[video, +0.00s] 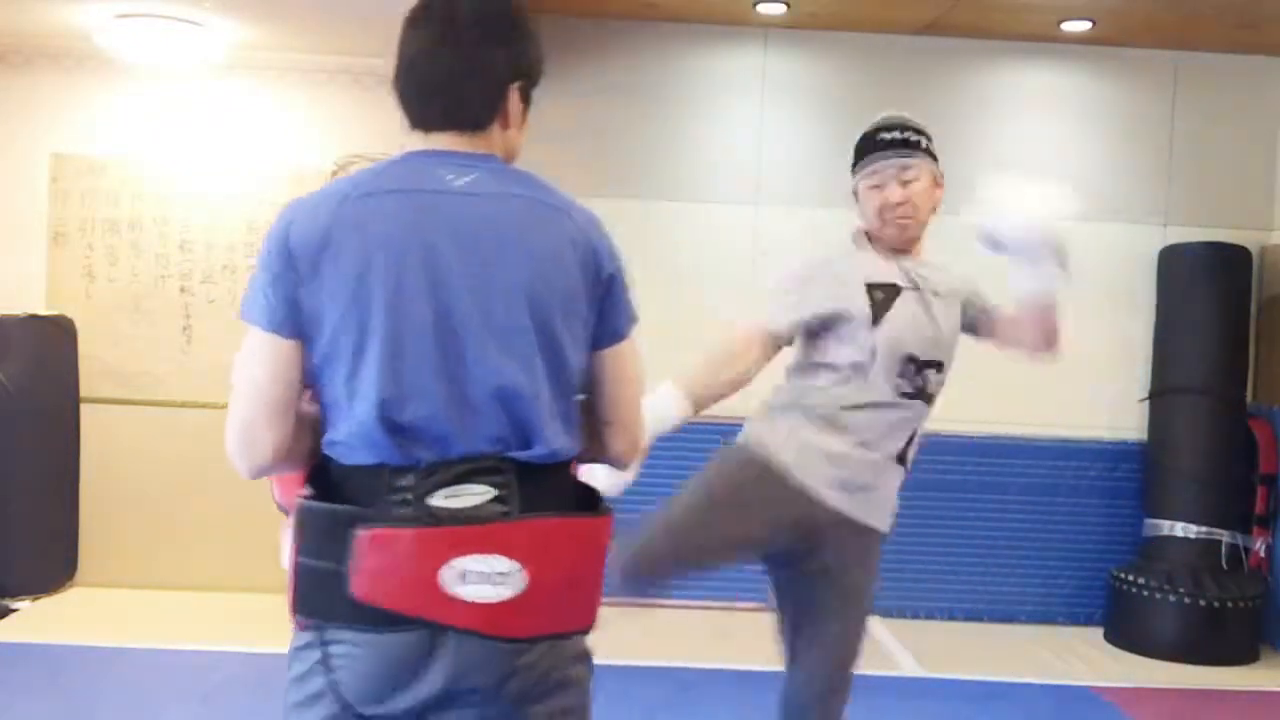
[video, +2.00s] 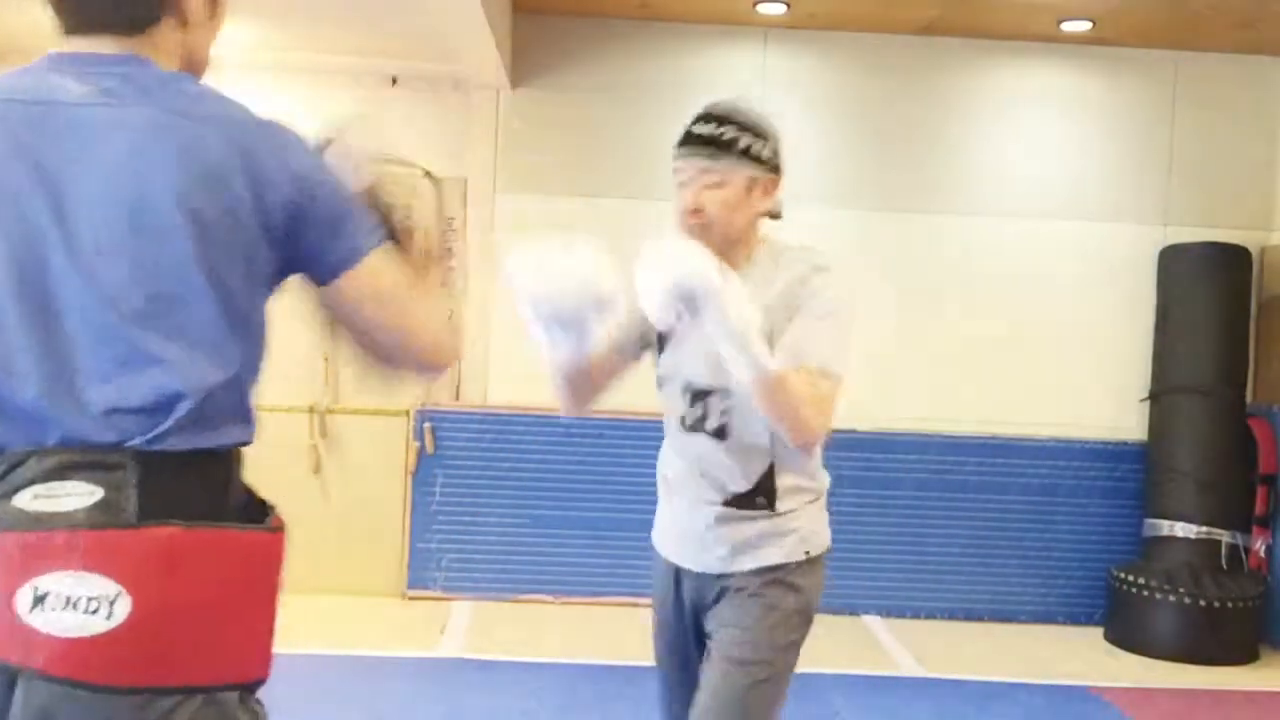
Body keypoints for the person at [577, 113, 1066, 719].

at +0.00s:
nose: (893, 197)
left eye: (908, 179)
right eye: (876, 185)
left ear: (939, 189)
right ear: (857, 199)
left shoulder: (952, 294)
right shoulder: (835, 272)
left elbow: (1038, 339)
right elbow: (742, 353)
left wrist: (1035, 267)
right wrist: (650, 417)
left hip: (853, 520)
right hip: (771, 477)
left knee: (817, 699)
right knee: (632, 568)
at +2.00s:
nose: (691, 204)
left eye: (713, 184)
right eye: (683, 184)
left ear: (765, 191)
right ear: (673, 186)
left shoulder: (807, 285)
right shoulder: (673, 276)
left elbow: (806, 425)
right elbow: (579, 394)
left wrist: (733, 326)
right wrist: (567, 332)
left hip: (771, 563)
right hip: (678, 553)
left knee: (718, 712)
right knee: (679, 709)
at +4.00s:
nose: (828, 209)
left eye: (835, 192)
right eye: (830, 191)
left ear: (879, 200)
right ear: (903, 203)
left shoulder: (855, 282)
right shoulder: (982, 295)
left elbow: (836, 440)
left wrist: (754, 378)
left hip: (853, 592)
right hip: (958, 591)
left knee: (768, 710)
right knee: (939, 713)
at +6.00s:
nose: (474, 218)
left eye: (477, 210)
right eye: (477, 209)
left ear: (488, 218)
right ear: (543, 219)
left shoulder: (478, 292)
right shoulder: (573, 286)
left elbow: (430, 385)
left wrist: (413, 331)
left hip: (493, 493)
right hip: (575, 493)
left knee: (431, 627)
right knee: (588, 644)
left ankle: (410, 712)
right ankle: (618, 715)